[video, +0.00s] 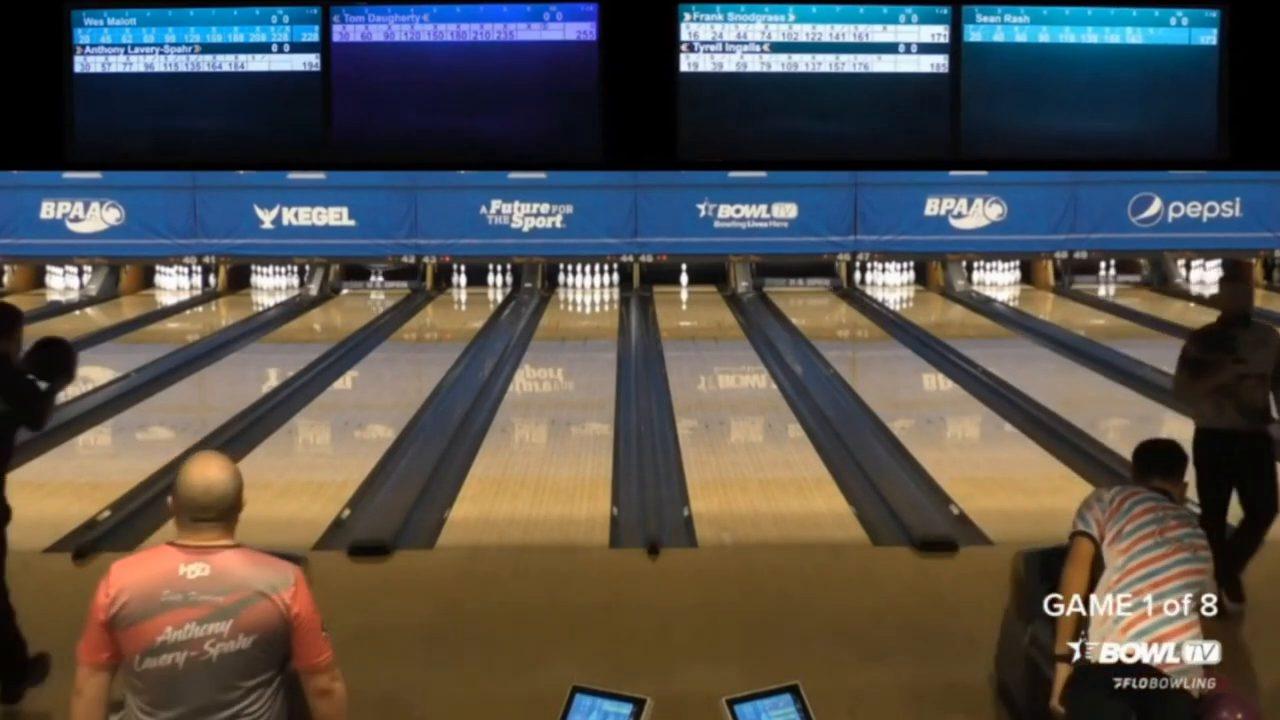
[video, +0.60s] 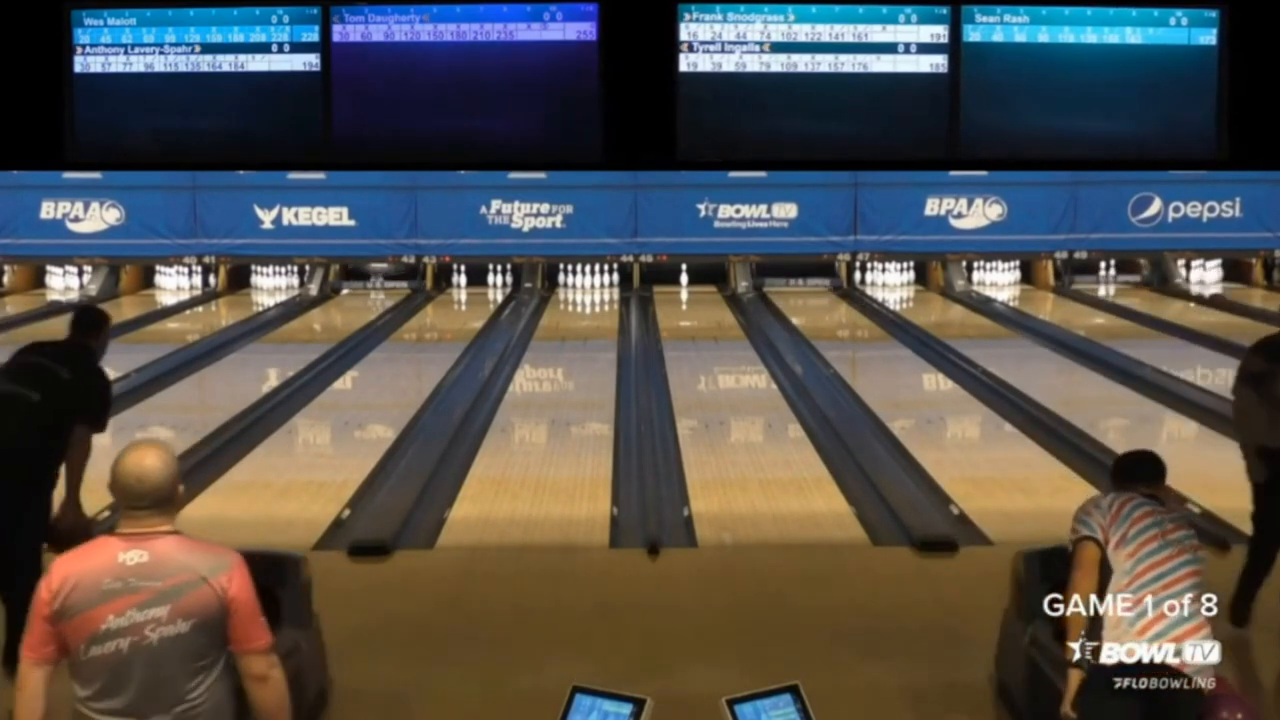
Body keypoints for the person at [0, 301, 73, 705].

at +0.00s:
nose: (18, 343)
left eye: (17, 336)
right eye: (16, 335)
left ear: (8, 339)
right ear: (10, 338)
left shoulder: (11, 376)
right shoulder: (10, 378)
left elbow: (32, 415)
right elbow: (36, 417)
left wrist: (31, 377)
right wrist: (51, 385)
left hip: (1, 502)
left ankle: (13, 664)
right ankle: (12, 667)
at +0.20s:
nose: (51, 343)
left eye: (50, 336)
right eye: (49, 336)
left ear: (12, 334)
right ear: (41, 338)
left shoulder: (9, 371)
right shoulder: (32, 378)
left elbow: (59, 411)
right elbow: (69, 416)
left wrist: (86, 402)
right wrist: (98, 400)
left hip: (9, 502)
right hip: (9, 504)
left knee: (12, 589)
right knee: (11, 590)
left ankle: (14, 676)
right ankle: (14, 680)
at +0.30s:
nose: (68, 340)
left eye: (64, 333)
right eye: (68, 334)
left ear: (33, 329)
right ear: (66, 335)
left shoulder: (4, 358)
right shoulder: (64, 385)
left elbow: (69, 447)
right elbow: (73, 448)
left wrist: (86, 475)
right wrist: (92, 478)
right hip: (14, 496)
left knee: (11, 583)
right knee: (13, 584)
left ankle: (12, 675)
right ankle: (14, 679)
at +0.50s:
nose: (89, 343)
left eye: (86, 335)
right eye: (90, 336)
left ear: (55, 329)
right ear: (86, 336)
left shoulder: (16, 355)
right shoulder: (84, 385)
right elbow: (78, 457)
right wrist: (80, 513)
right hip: (21, 496)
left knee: (13, 582)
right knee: (16, 583)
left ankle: (11, 674)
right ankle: (12, 677)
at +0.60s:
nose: (104, 345)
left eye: (102, 338)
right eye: (104, 339)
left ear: (71, 330)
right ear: (100, 337)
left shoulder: (31, 352)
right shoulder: (93, 378)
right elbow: (79, 444)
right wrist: (72, 503)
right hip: (27, 484)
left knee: (18, 568)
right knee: (23, 570)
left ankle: (16, 652)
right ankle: (15, 655)